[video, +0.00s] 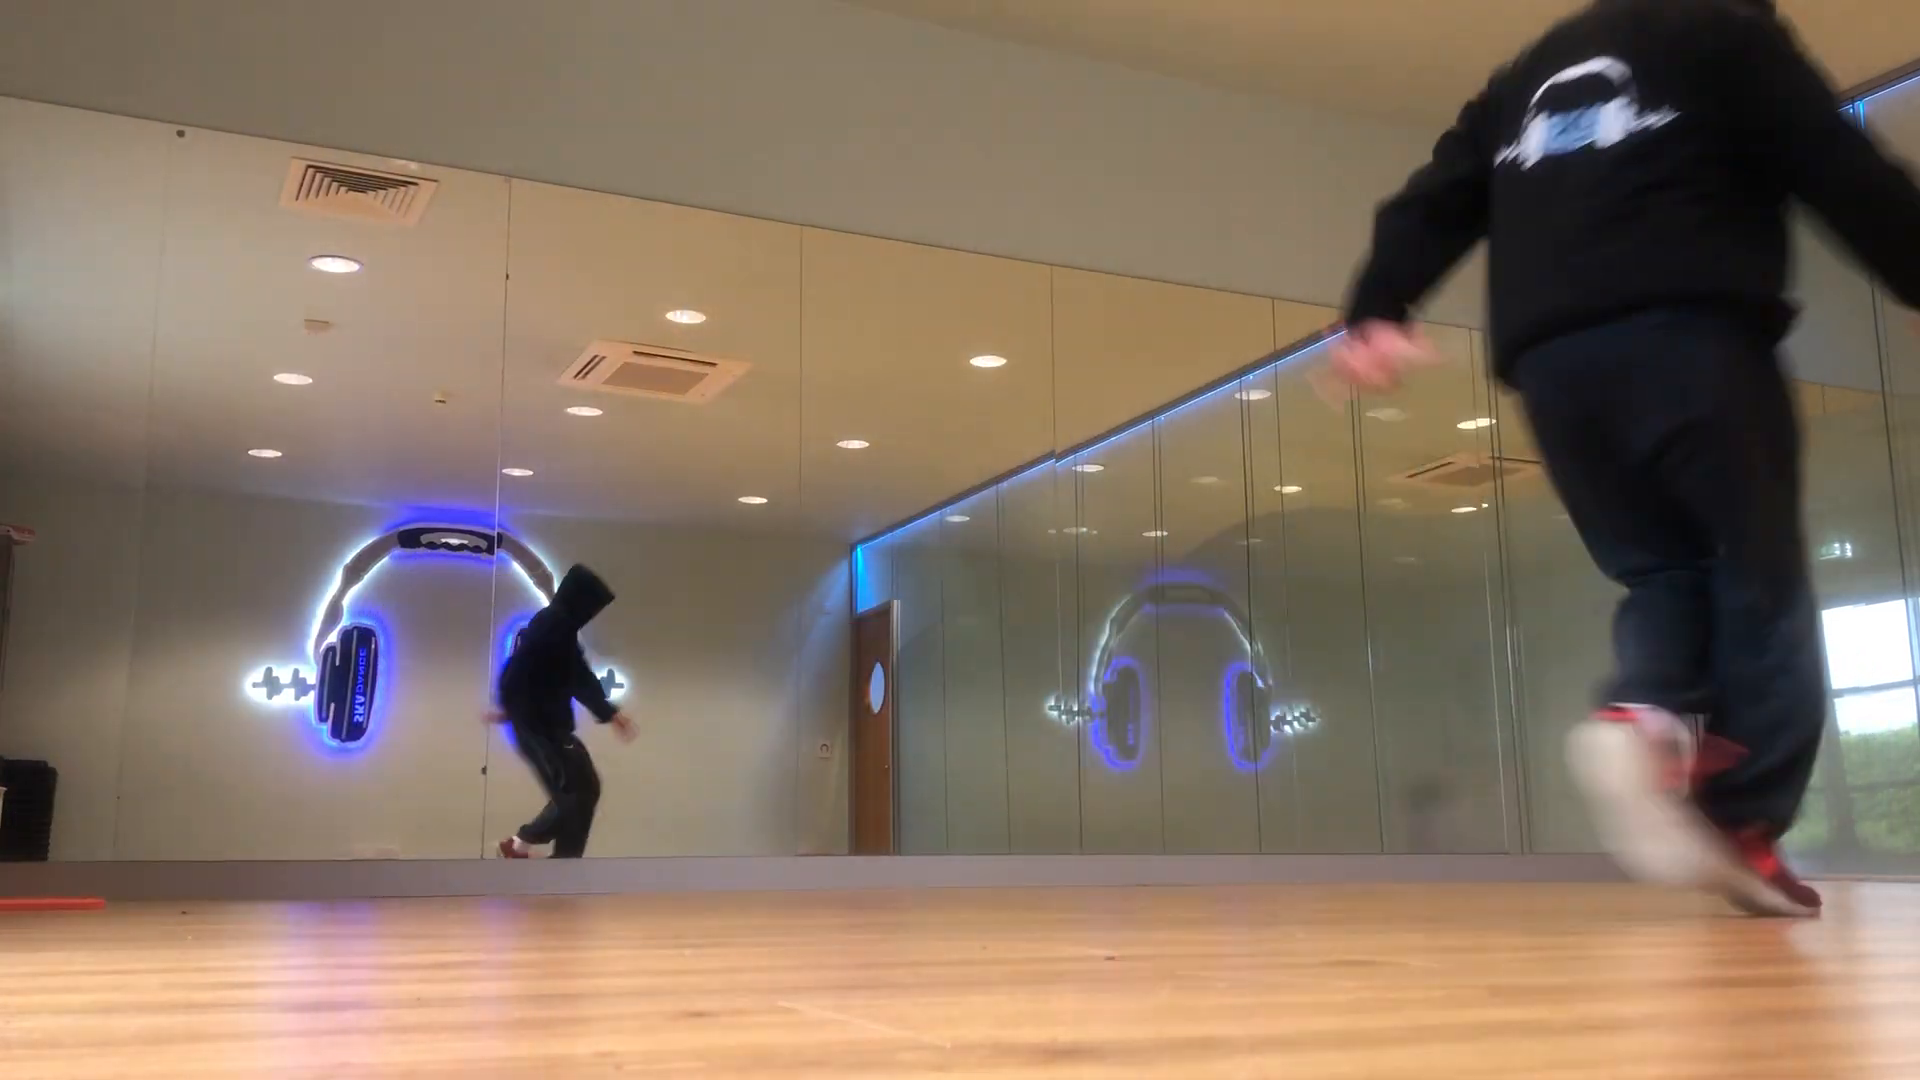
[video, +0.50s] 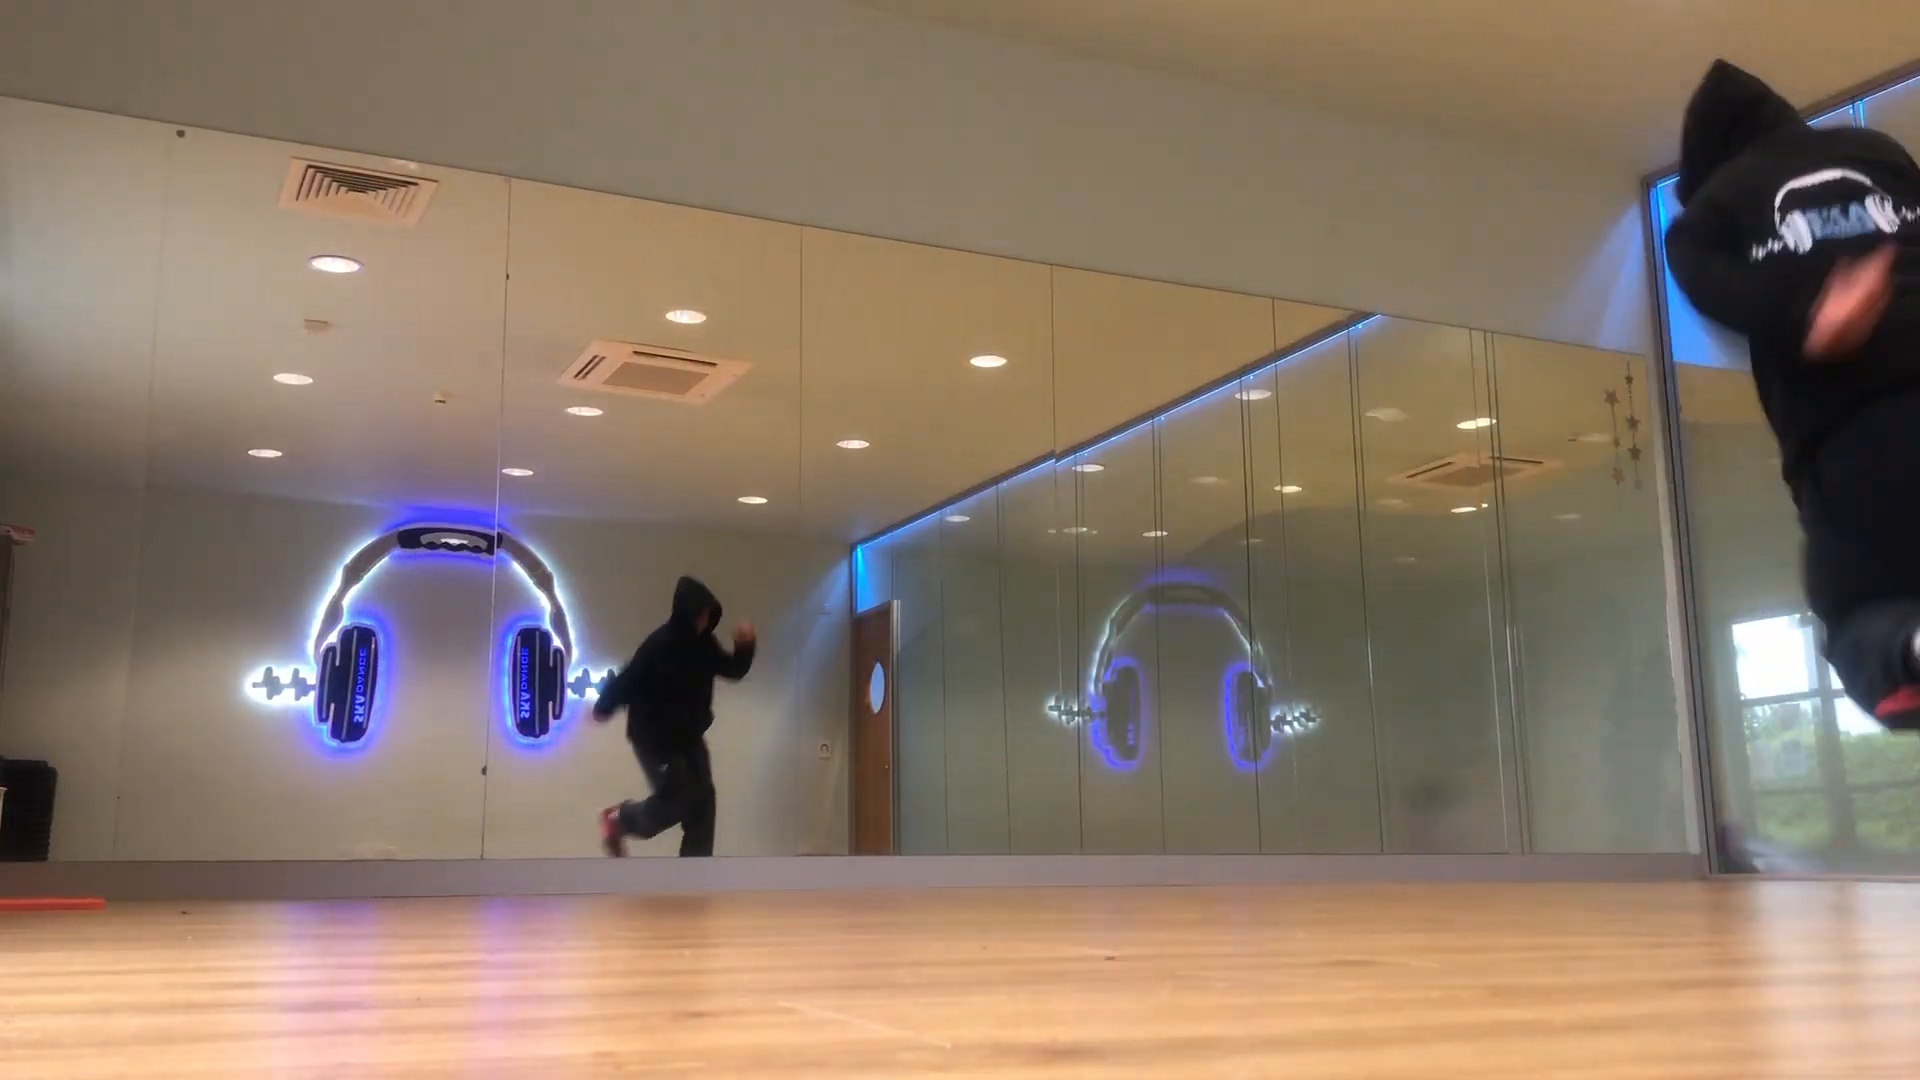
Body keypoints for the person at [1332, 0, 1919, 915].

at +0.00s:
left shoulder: (1527, 71)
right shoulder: (1732, 31)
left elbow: (1444, 186)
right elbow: (1849, 175)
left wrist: (1377, 300)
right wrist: (1916, 274)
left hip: (1555, 369)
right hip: (1695, 343)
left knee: (1656, 568)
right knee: (1761, 578)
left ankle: (1644, 714)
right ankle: (1744, 822)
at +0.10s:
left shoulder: (1567, 31)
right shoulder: (1791, 7)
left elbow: (1489, 211)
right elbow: (1902, 74)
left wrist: (1564, 301)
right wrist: (1917, 233)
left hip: (1647, 334)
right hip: (1806, 314)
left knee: (1694, 571)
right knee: (1819, 546)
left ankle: (1841, 738)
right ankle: (1877, 794)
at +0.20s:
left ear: (1659, 2)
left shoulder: (1631, 74)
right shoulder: (1852, 58)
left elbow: (1578, 242)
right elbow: (1909, 178)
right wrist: (1911, 232)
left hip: (1722, 363)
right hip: (1862, 344)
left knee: (1823, 584)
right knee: (1888, 558)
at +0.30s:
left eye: (1669, 73)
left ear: (1676, 67)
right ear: (1775, 51)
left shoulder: (1663, 144)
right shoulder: (1876, 114)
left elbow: (1631, 319)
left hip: (1796, 393)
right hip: (1911, 357)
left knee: (1901, 614)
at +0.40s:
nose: (1682, 152)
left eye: (1687, 134)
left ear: (1701, 125)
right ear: (1790, 100)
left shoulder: (1702, 206)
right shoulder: (1887, 151)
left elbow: (1661, 377)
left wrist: (1677, 516)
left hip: (1857, 442)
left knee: (1891, 635)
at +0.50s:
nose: (1691, 176)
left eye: (1694, 161)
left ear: (1710, 141)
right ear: (1777, 113)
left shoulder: (1717, 198)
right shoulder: (1880, 149)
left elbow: (1705, 274)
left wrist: (1804, 301)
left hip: (1850, 425)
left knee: (1859, 608)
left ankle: (1900, 653)